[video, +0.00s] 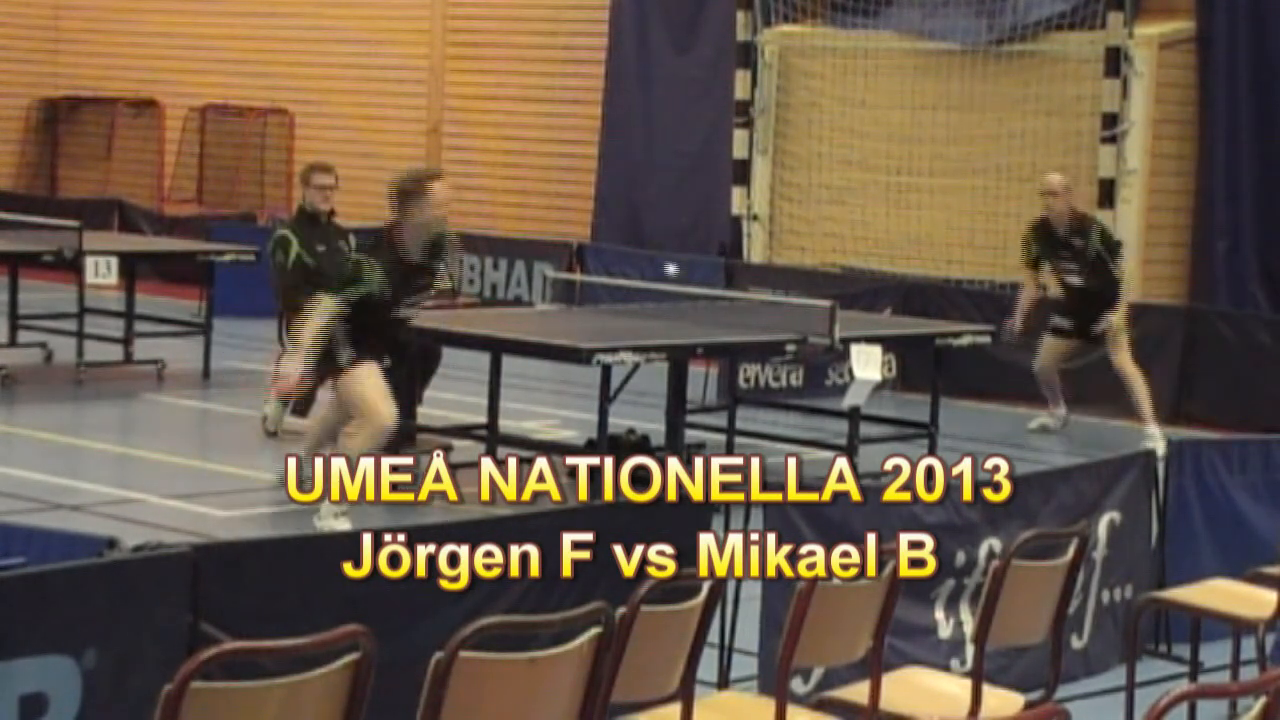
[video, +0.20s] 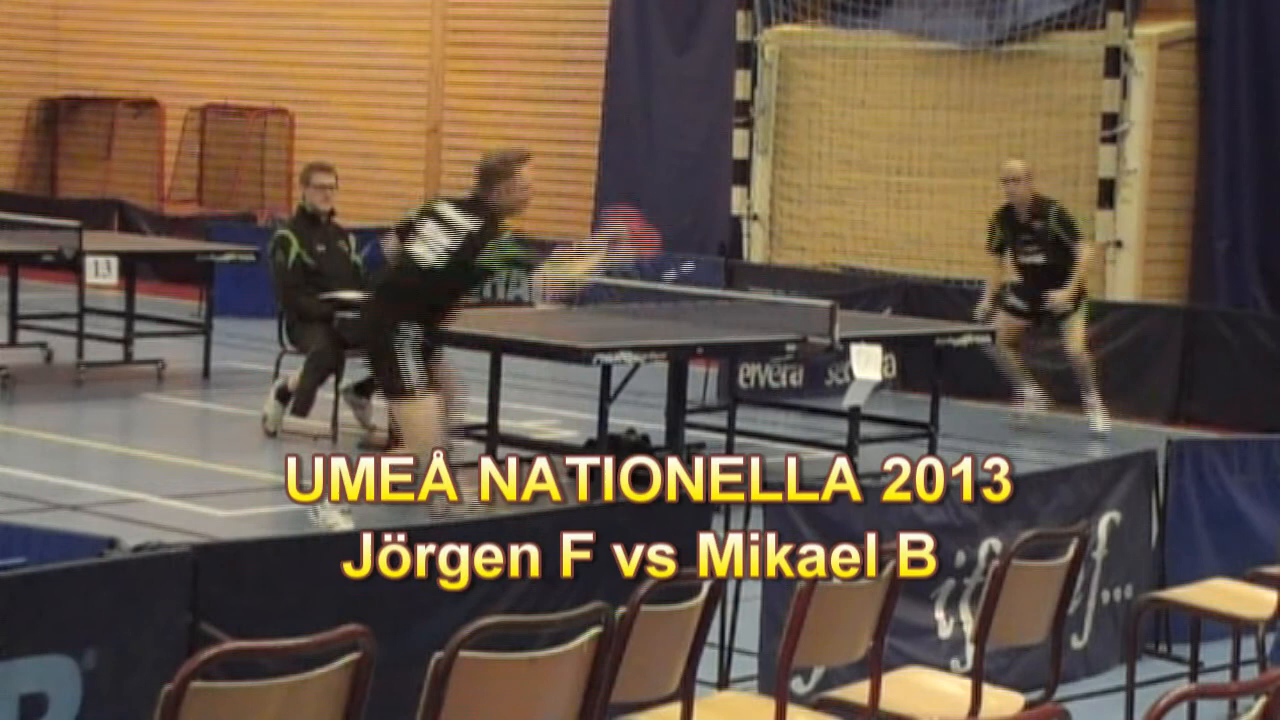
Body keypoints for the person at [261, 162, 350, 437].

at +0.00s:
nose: (326, 194)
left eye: (331, 188)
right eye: (319, 188)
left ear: (336, 191)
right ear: (304, 190)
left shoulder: (343, 235)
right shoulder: (287, 236)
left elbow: (352, 279)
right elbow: (290, 295)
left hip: (342, 324)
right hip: (306, 324)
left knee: (347, 400)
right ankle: (278, 406)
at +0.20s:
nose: (327, 194)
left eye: (331, 188)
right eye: (320, 188)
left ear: (337, 191)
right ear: (303, 190)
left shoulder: (343, 235)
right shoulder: (288, 236)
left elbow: (357, 278)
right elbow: (290, 294)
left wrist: (362, 304)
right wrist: (329, 312)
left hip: (345, 316)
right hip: (307, 317)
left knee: (395, 345)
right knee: (328, 353)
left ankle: (362, 392)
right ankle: (284, 394)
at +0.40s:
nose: (333, 195)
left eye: (336, 189)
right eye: (327, 188)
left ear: (339, 192)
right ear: (306, 190)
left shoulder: (341, 235)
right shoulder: (288, 237)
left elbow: (359, 281)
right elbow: (292, 297)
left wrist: (372, 301)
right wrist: (336, 310)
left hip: (351, 318)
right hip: (310, 319)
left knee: (425, 349)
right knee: (328, 354)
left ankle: (362, 392)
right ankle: (282, 394)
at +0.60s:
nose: (341, 194)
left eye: (341, 188)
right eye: (335, 188)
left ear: (327, 192)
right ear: (316, 190)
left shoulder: (342, 235)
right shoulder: (289, 237)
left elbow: (358, 281)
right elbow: (293, 297)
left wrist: (369, 302)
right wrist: (338, 311)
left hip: (351, 318)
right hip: (311, 319)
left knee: (425, 351)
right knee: (328, 352)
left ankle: (362, 391)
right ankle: (283, 394)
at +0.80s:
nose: (343, 195)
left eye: (342, 189)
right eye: (338, 188)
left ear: (326, 192)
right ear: (321, 191)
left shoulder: (342, 235)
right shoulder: (289, 237)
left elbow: (358, 282)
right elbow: (293, 297)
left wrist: (370, 302)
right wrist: (338, 310)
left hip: (351, 318)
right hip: (310, 319)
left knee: (425, 351)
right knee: (328, 352)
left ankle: (362, 391)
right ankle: (283, 394)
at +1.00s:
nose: (340, 196)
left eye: (341, 189)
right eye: (335, 189)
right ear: (314, 191)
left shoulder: (342, 235)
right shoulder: (289, 237)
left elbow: (357, 283)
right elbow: (294, 298)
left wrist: (371, 302)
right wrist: (338, 311)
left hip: (350, 318)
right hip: (310, 319)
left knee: (427, 350)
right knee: (328, 353)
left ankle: (362, 392)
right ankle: (284, 394)